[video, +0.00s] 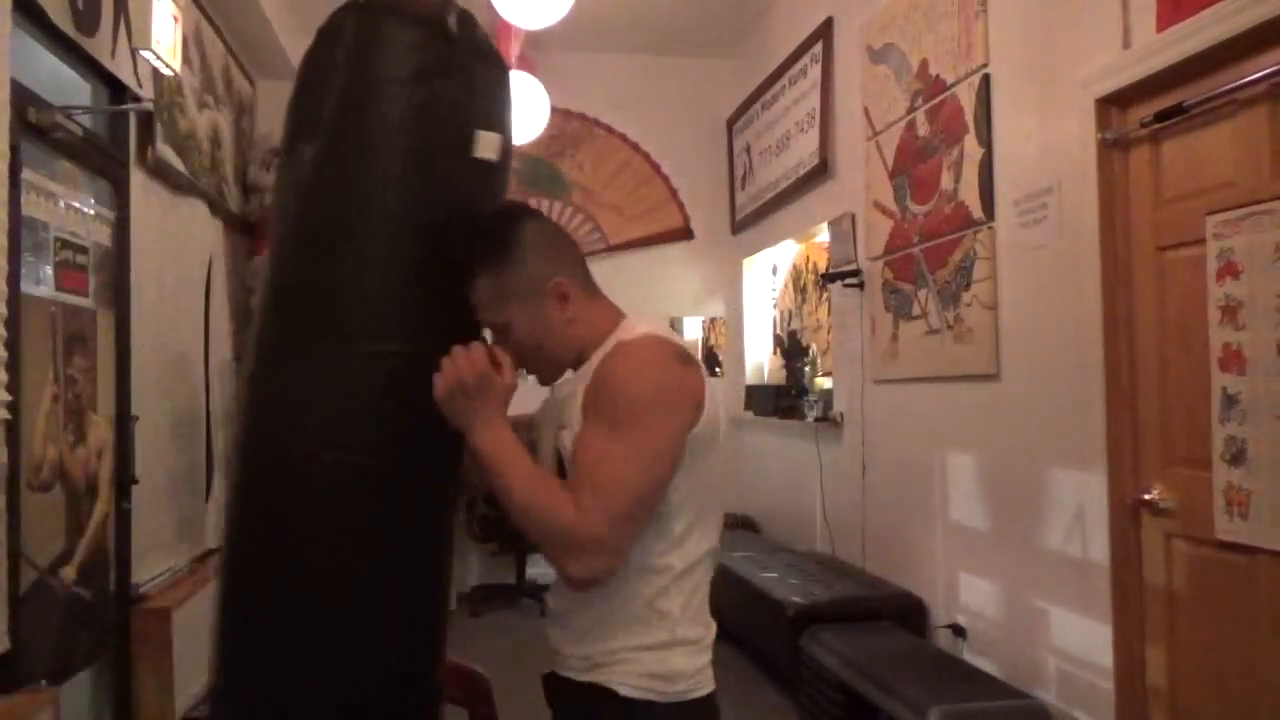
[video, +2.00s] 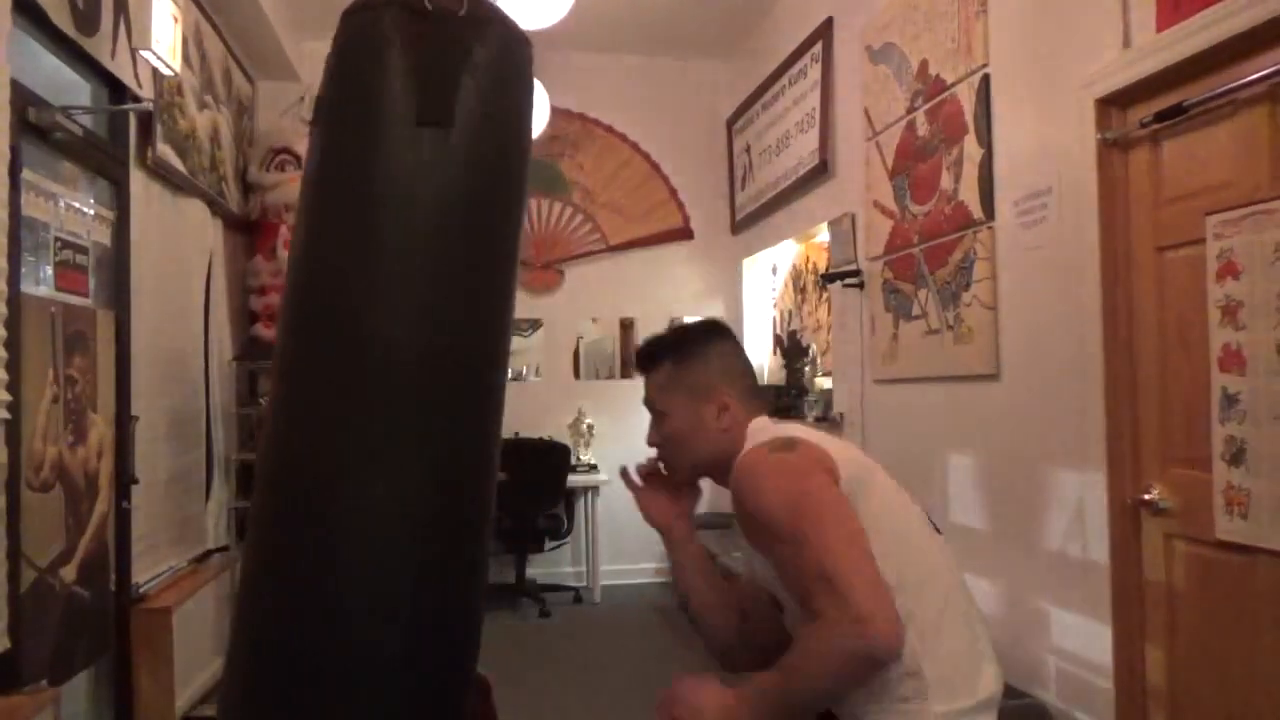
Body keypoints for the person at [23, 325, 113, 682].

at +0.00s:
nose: (71, 391)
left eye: (76, 383)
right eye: (64, 384)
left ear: (89, 386)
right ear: (57, 392)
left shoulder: (102, 431)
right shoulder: (62, 437)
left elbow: (104, 503)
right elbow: (39, 481)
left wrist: (75, 563)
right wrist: (46, 407)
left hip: (101, 549)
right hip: (73, 547)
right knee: (30, 604)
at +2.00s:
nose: (70, 392)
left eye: (76, 383)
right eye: (65, 385)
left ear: (90, 384)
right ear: (61, 390)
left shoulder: (104, 430)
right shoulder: (62, 440)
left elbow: (105, 500)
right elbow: (38, 481)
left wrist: (76, 562)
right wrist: (45, 402)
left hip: (104, 555)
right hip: (73, 553)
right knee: (26, 607)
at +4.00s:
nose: (71, 391)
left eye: (77, 382)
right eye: (65, 382)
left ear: (92, 383)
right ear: (59, 388)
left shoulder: (104, 430)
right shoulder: (62, 438)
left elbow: (105, 499)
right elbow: (37, 480)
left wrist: (76, 561)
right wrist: (45, 402)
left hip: (102, 550)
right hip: (72, 549)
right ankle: (53, 687)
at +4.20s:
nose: (70, 391)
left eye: (76, 382)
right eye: (64, 383)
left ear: (92, 384)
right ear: (60, 389)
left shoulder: (104, 431)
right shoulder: (63, 439)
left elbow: (105, 499)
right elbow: (37, 480)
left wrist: (75, 562)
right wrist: (45, 403)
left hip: (104, 549)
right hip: (74, 549)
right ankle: (54, 687)